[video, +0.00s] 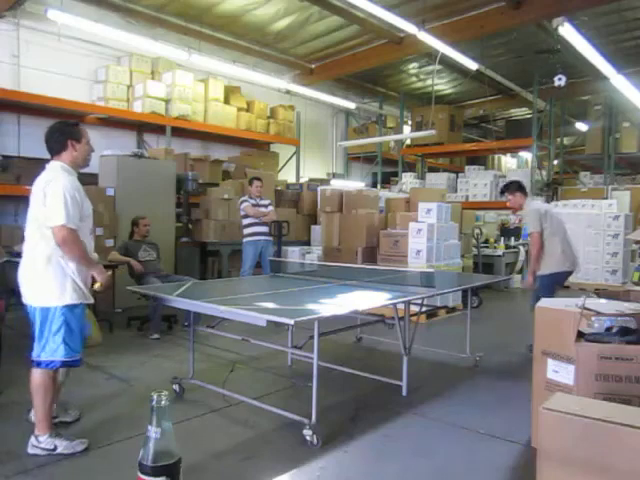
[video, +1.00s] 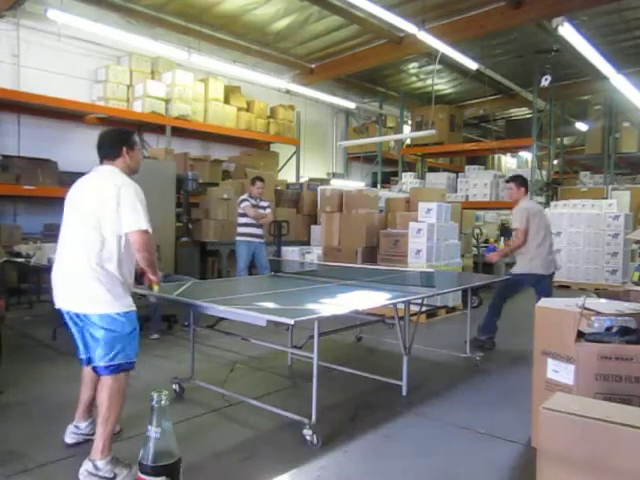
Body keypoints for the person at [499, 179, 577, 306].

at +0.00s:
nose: (508, 204)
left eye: (509, 199)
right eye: (507, 200)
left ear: (519, 195)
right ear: (520, 195)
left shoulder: (532, 210)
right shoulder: (539, 207)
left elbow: (536, 244)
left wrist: (531, 273)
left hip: (554, 266)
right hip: (563, 263)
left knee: (538, 307)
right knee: (541, 306)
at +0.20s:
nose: (498, 203)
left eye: (498, 199)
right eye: (496, 199)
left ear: (507, 194)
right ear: (509, 194)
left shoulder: (520, 207)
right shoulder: (526, 205)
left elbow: (524, 243)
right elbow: (526, 242)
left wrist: (513, 263)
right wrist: (514, 259)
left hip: (545, 259)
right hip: (558, 258)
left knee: (519, 292)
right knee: (538, 296)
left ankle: (513, 338)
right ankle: (548, 338)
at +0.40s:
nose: (484, 206)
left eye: (484, 202)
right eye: (482, 203)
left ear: (493, 198)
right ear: (496, 198)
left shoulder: (506, 211)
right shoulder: (513, 209)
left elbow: (506, 249)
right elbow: (512, 251)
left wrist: (485, 262)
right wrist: (490, 261)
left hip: (528, 265)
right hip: (542, 264)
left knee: (502, 298)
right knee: (526, 300)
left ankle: (486, 337)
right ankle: (540, 338)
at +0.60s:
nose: (475, 202)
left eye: (477, 197)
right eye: (475, 197)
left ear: (487, 194)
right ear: (490, 195)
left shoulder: (497, 210)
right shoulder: (507, 208)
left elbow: (495, 244)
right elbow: (497, 243)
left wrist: (473, 261)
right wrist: (476, 257)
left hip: (514, 264)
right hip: (530, 263)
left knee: (488, 294)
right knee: (518, 299)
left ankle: (484, 337)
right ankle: (542, 334)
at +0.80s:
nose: (483, 194)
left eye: (485, 189)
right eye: (482, 190)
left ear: (496, 188)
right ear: (498, 189)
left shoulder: (502, 206)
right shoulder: (515, 204)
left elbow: (501, 238)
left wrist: (478, 257)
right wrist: (486, 251)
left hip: (515, 263)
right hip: (531, 262)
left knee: (491, 295)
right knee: (530, 301)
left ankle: (484, 336)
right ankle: (550, 334)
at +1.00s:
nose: (507, 194)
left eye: (510, 189)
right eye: (507, 189)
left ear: (521, 190)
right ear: (523, 190)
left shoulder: (521, 209)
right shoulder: (537, 208)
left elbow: (519, 239)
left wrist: (499, 254)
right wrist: (506, 250)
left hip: (528, 268)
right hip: (546, 268)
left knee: (500, 295)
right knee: (546, 312)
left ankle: (485, 336)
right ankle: (549, 347)